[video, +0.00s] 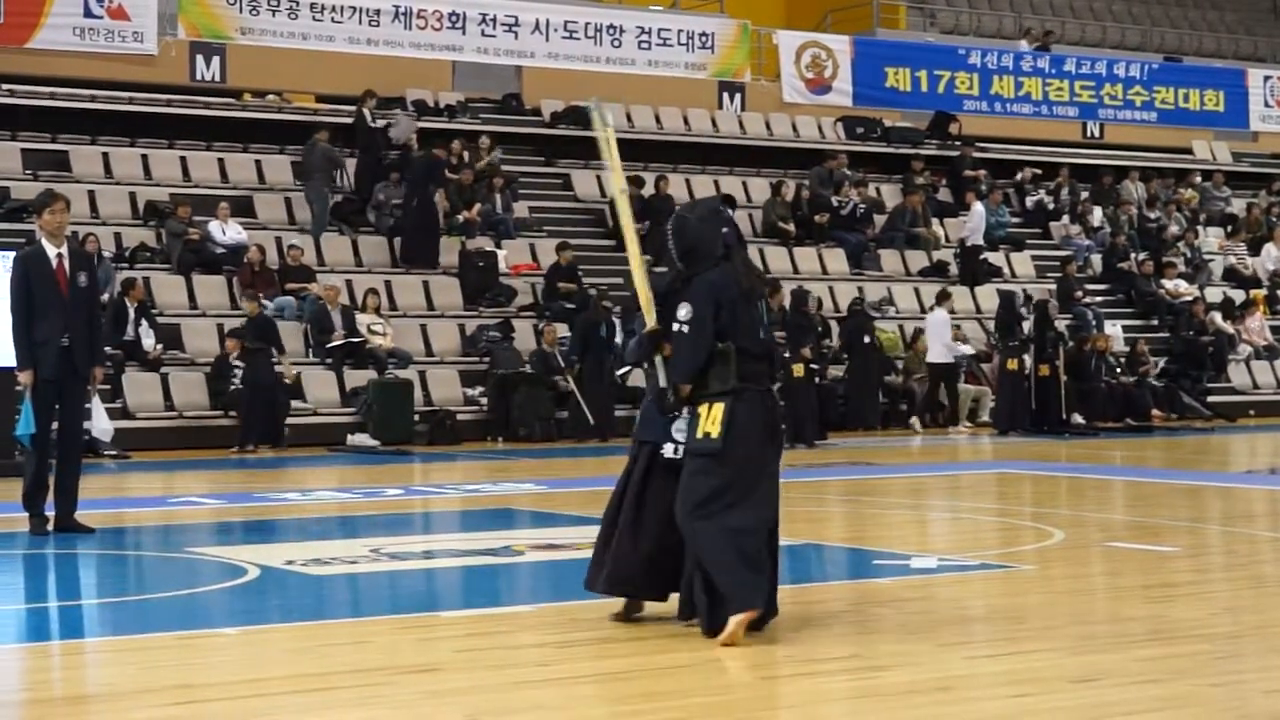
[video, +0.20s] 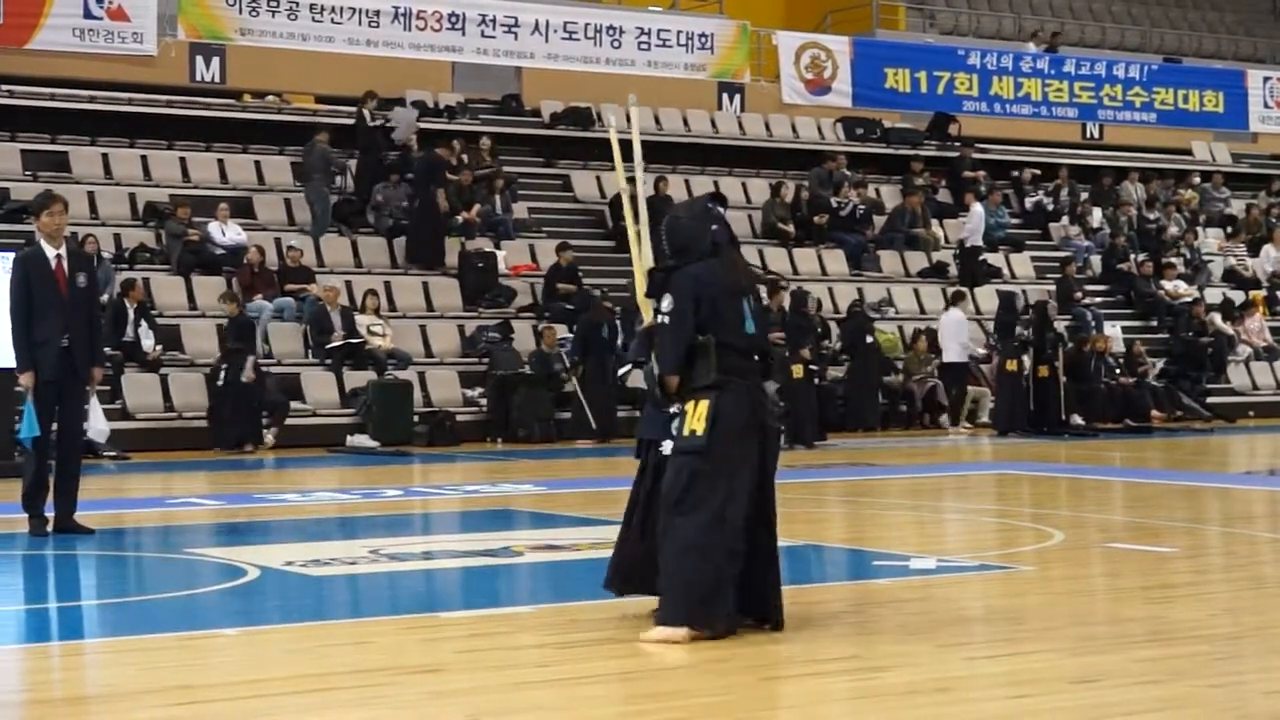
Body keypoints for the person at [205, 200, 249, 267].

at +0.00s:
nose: (225, 212)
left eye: (227, 209)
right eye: (222, 209)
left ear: (230, 211)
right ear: (217, 212)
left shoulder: (235, 225)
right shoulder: (213, 224)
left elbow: (245, 239)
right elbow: (220, 240)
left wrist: (228, 237)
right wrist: (239, 242)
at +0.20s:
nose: (224, 213)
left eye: (226, 210)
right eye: (221, 210)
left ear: (229, 212)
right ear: (216, 213)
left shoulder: (235, 226)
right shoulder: (212, 225)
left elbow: (244, 240)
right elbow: (219, 241)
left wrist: (227, 238)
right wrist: (239, 243)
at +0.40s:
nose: (224, 213)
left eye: (226, 210)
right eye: (221, 210)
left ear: (229, 212)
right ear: (216, 213)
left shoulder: (234, 226)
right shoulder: (211, 226)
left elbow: (244, 240)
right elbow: (219, 241)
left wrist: (227, 239)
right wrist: (238, 244)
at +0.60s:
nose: (224, 213)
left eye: (226, 210)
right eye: (221, 210)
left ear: (229, 213)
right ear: (216, 213)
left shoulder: (234, 226)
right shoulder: (211, 226)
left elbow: (244, 240)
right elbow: (218, 241)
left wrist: (227, 238)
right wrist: (238, 244)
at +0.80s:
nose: (224, 213)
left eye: (226, 211)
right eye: (221, 211)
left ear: (229, 213)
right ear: (216, 213)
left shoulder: (234, 226)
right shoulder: (211, 226)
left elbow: (244, 240)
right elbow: (218, 241)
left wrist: (227, 239)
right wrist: (238, 244)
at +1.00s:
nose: (224, 214)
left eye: (226, 211)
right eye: (221, 211)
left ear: (229, 213)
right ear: (216, 214)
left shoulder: (234, 227)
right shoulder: (212, 226)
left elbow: (244, 241)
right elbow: (219, 242)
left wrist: (227, 239)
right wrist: (239, 244)